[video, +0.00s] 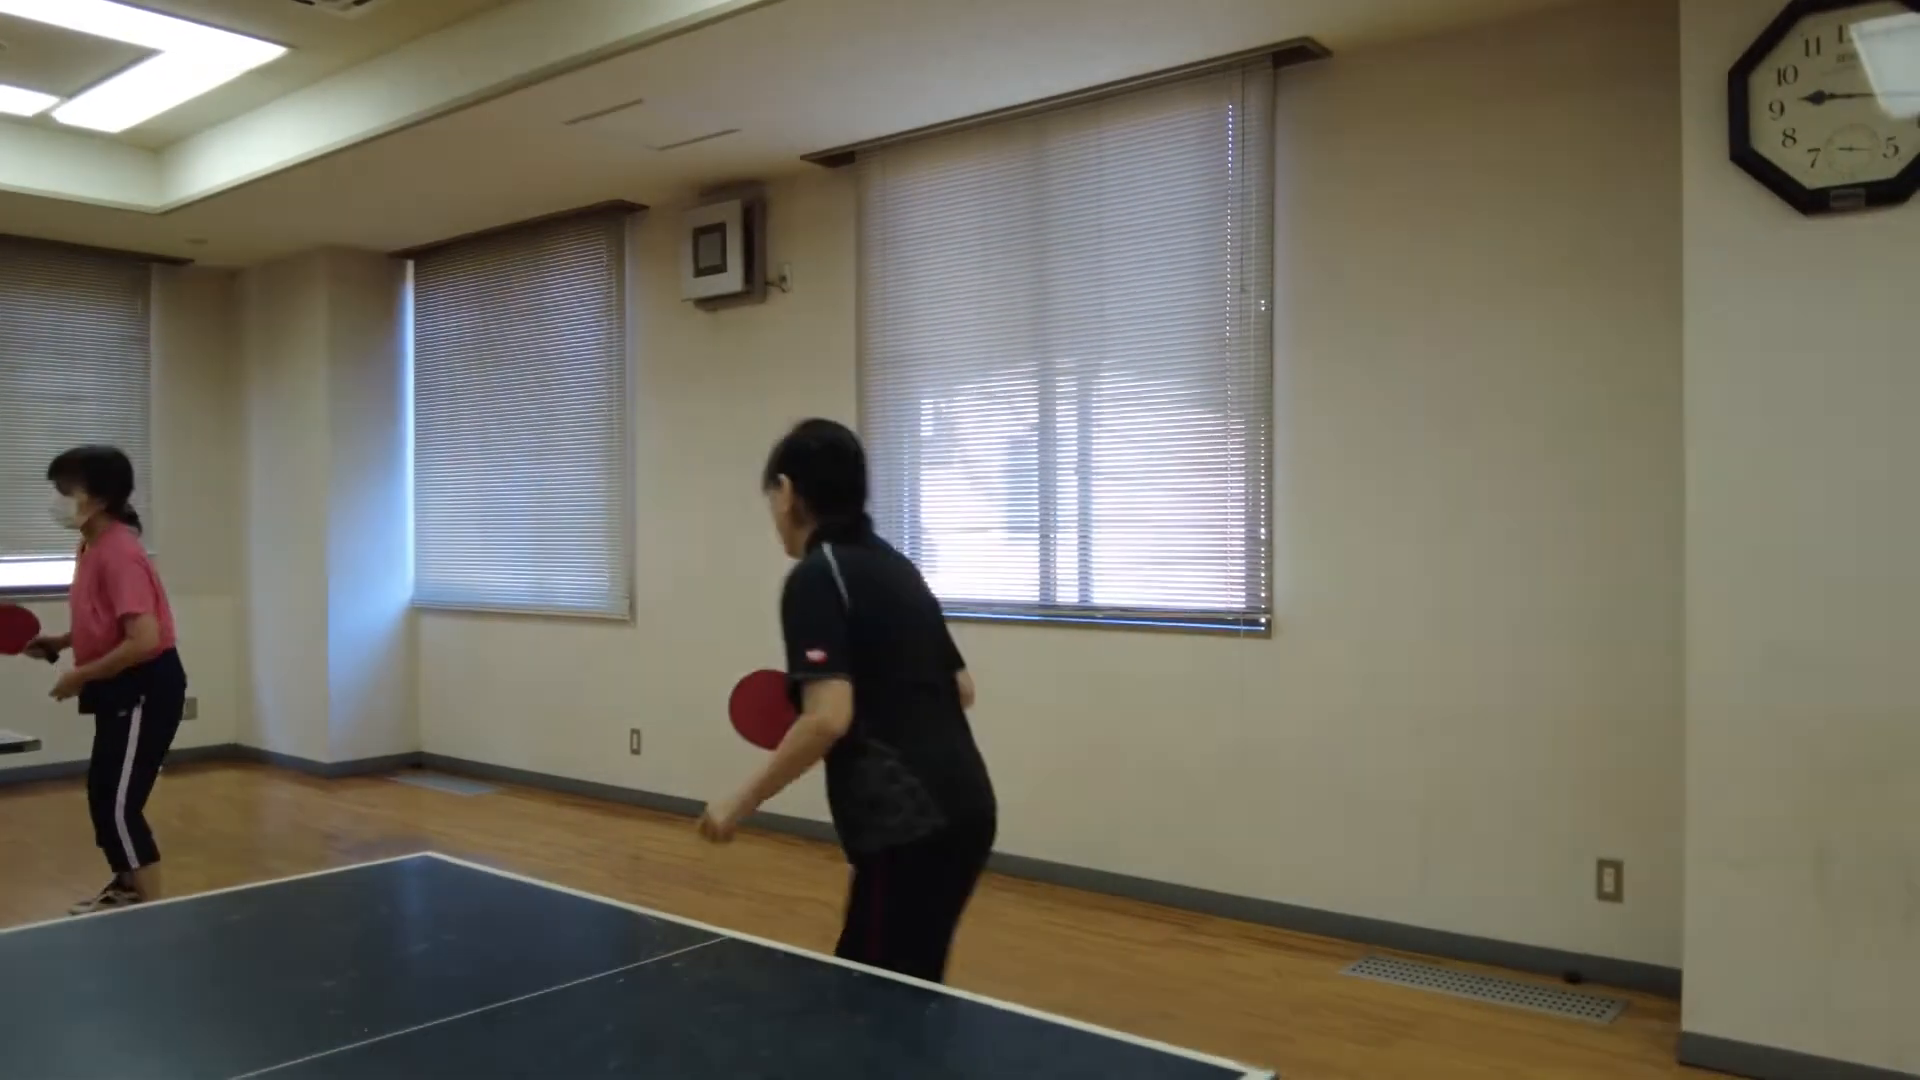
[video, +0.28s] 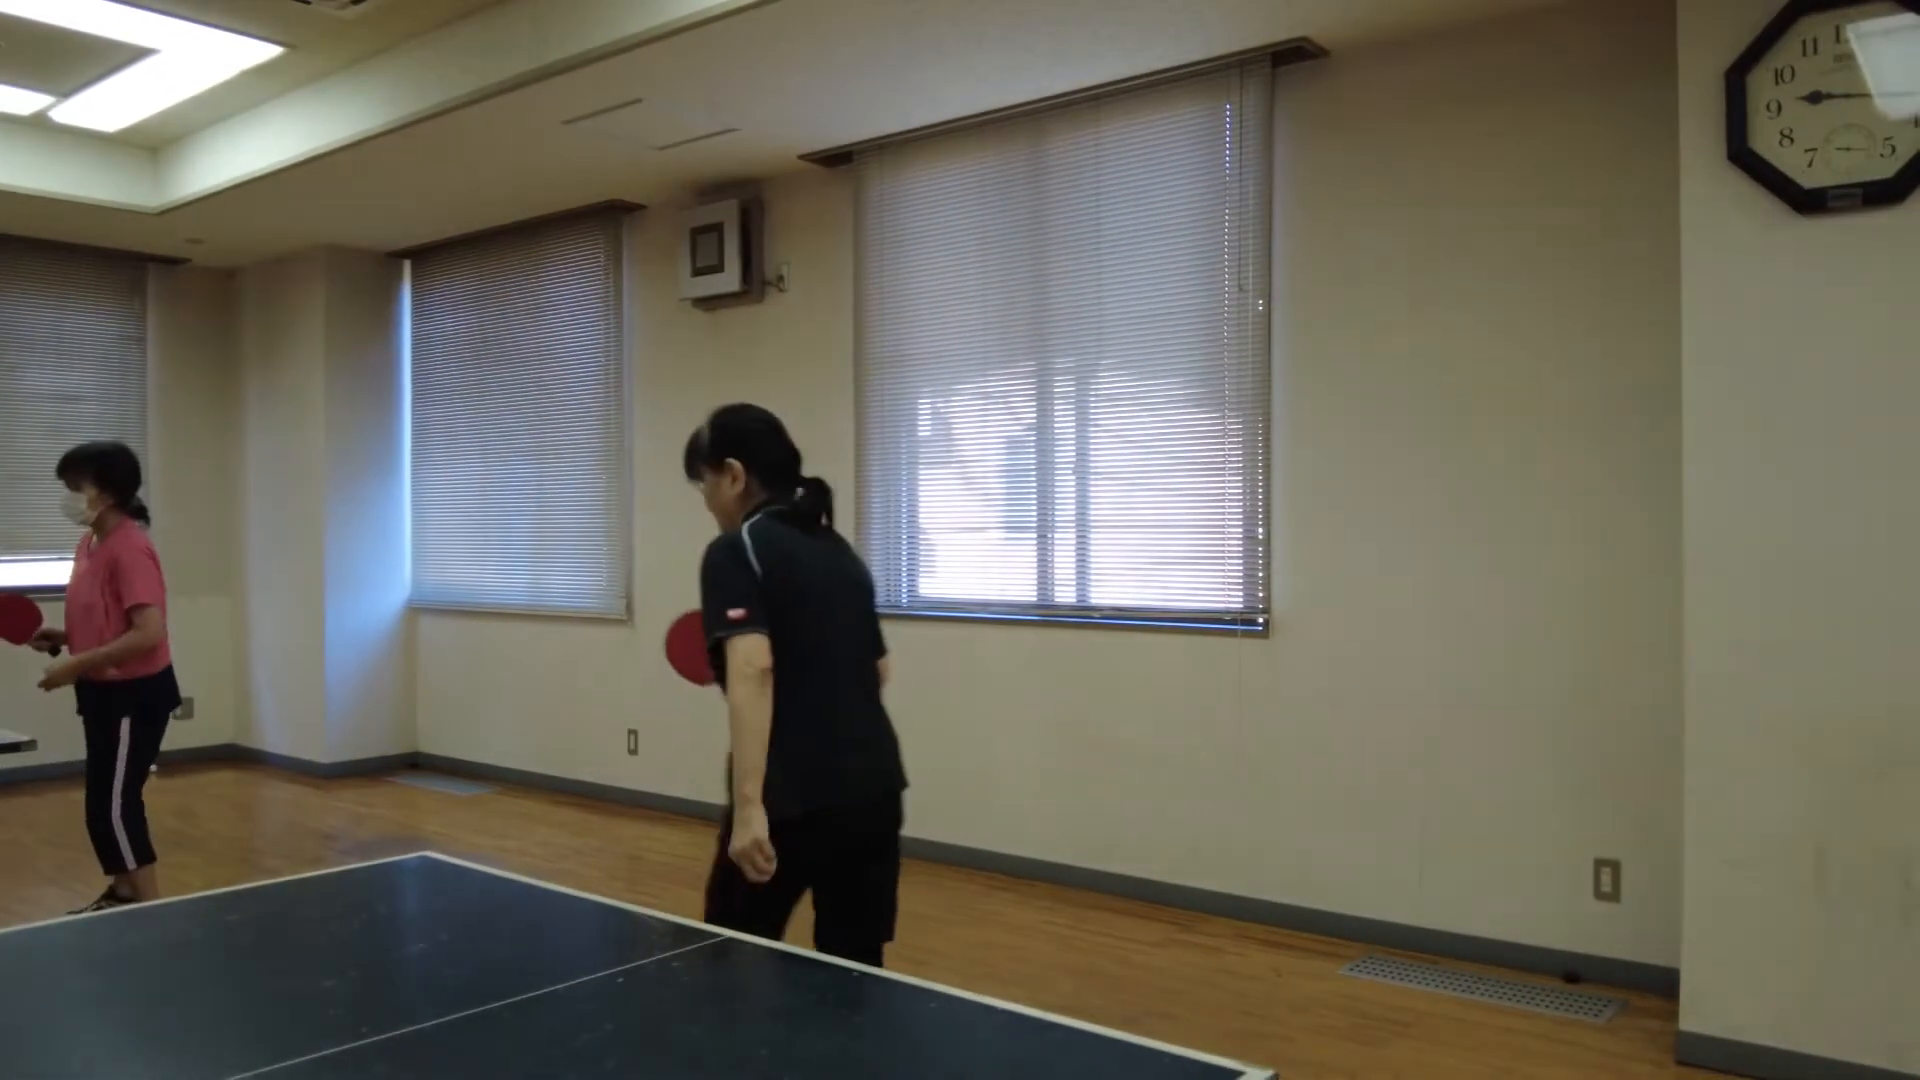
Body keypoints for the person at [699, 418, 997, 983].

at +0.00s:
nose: (772, 511)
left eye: (771, 494)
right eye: (770, 495)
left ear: (791, 493)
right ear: (850, 488)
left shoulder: (816, 576)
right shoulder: (893, 565)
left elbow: (829, 717)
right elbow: (960, 688)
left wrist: (740, 802)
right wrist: (869, 720)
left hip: (905, 826)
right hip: (959, 813)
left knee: (866, 994)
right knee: (899, 995)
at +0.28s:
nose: (706, 502)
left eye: (704, 485)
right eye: (700, 488)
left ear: (735, 475)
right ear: (783, 470)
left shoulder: (736, 551)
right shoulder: (839, 550)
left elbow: (751, 670)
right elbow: (876, 669)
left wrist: (747, 805)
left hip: (785, 796)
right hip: (869, 789)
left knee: (732, 970)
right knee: (854, 975)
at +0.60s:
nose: (600, 497)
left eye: (605, 479)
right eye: (597, 483)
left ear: (648, 474)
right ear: (655, 474)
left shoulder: (639, 553)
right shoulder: (726, 543)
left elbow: (644, 678)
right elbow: (766, 652)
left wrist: (605, 793)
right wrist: (666, 665)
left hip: (676, 778)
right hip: (749, 768)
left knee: (645, 925)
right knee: (694, 913)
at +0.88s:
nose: (529, 530)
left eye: (538, 511)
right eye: (521, 518)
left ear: (586, 501)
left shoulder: (606, 563)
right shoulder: (599, 561)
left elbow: (644, 682)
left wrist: (565, 760)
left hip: (640, 799)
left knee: (564, 922)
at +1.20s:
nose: (483, 530)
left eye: (492, 509)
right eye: (473, 519)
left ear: (538, 494)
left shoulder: (572, 556)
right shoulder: (545, 568)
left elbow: (636, 660)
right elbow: (588, 684)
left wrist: (578, 766)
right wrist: (540, 764)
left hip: (627, 789)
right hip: (589, 790)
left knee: (613, 946)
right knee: (540, 930)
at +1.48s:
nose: (403, 545)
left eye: (416, 526)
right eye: (396, 532)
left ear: (467, 519)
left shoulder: (505, 596)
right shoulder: (471, 598)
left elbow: (496, 731)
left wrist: (360, 774)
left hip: (572, 822)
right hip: (509, 817)